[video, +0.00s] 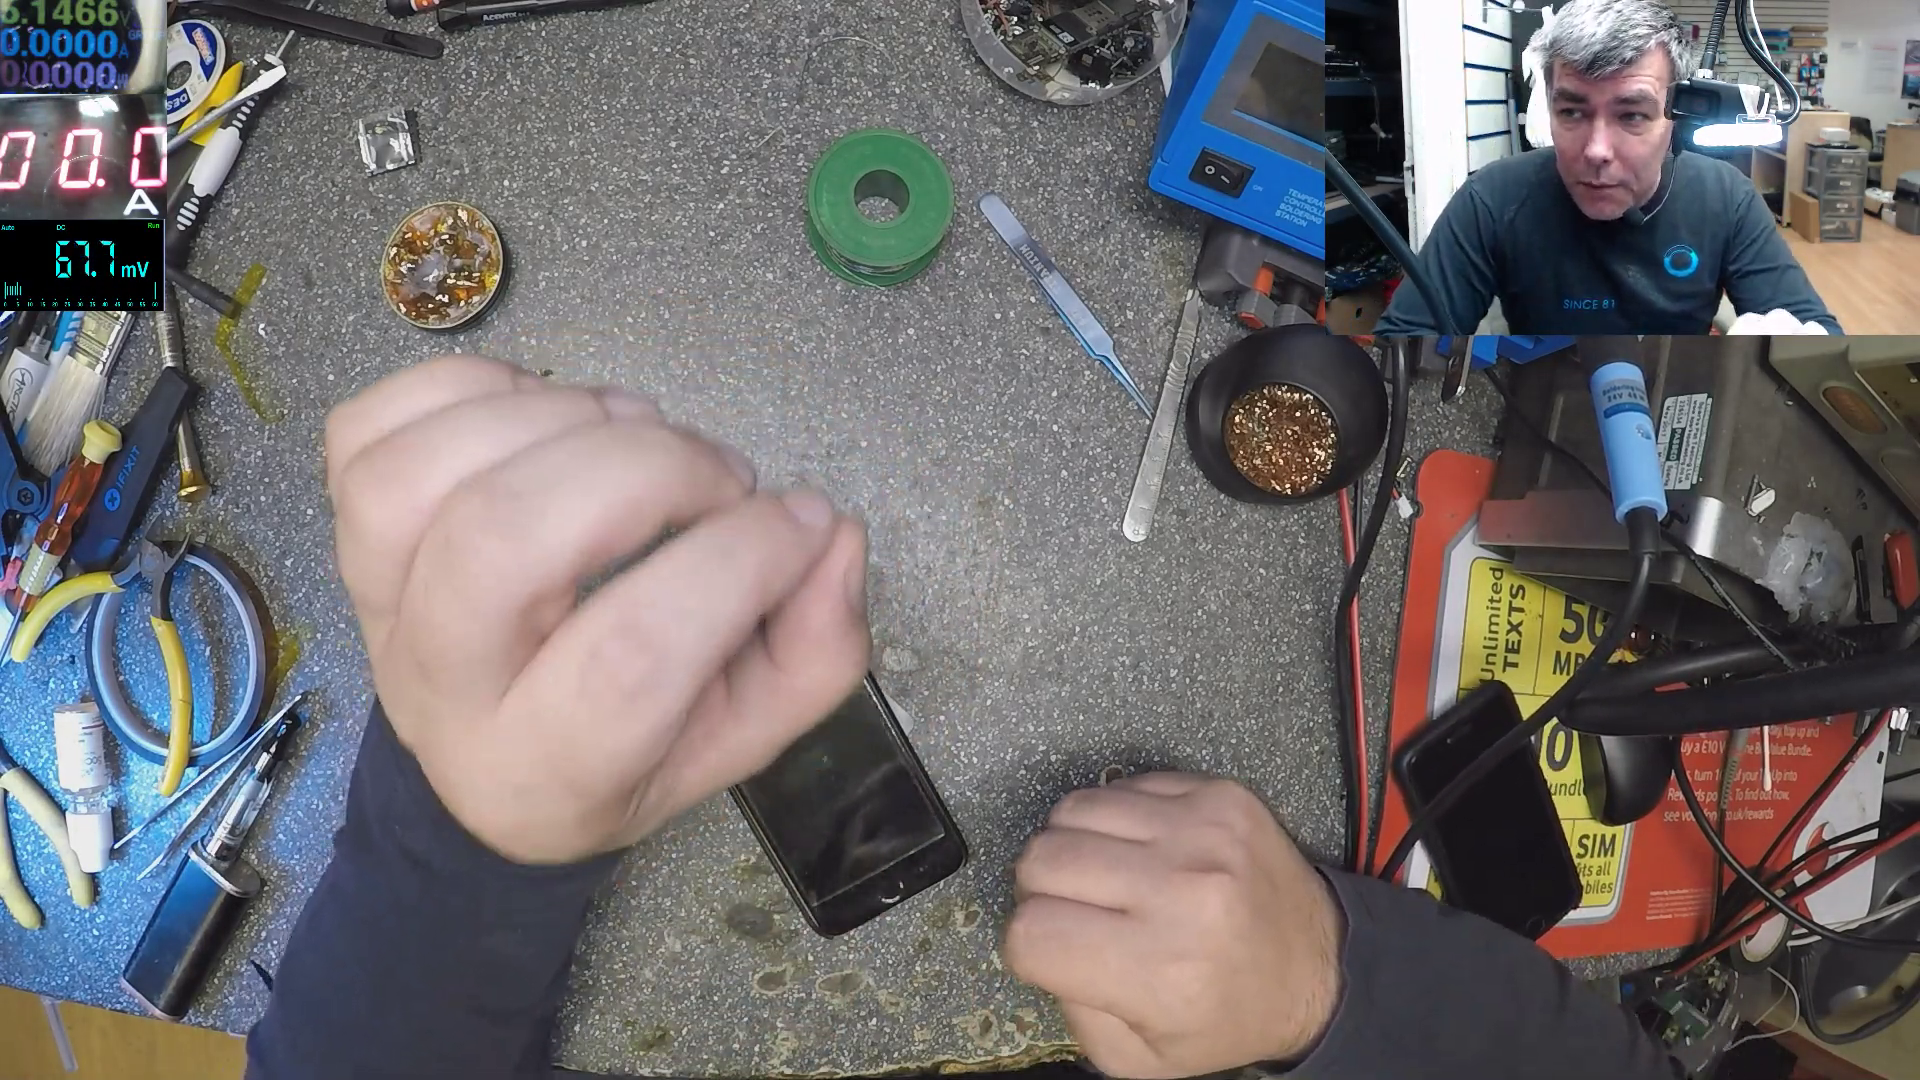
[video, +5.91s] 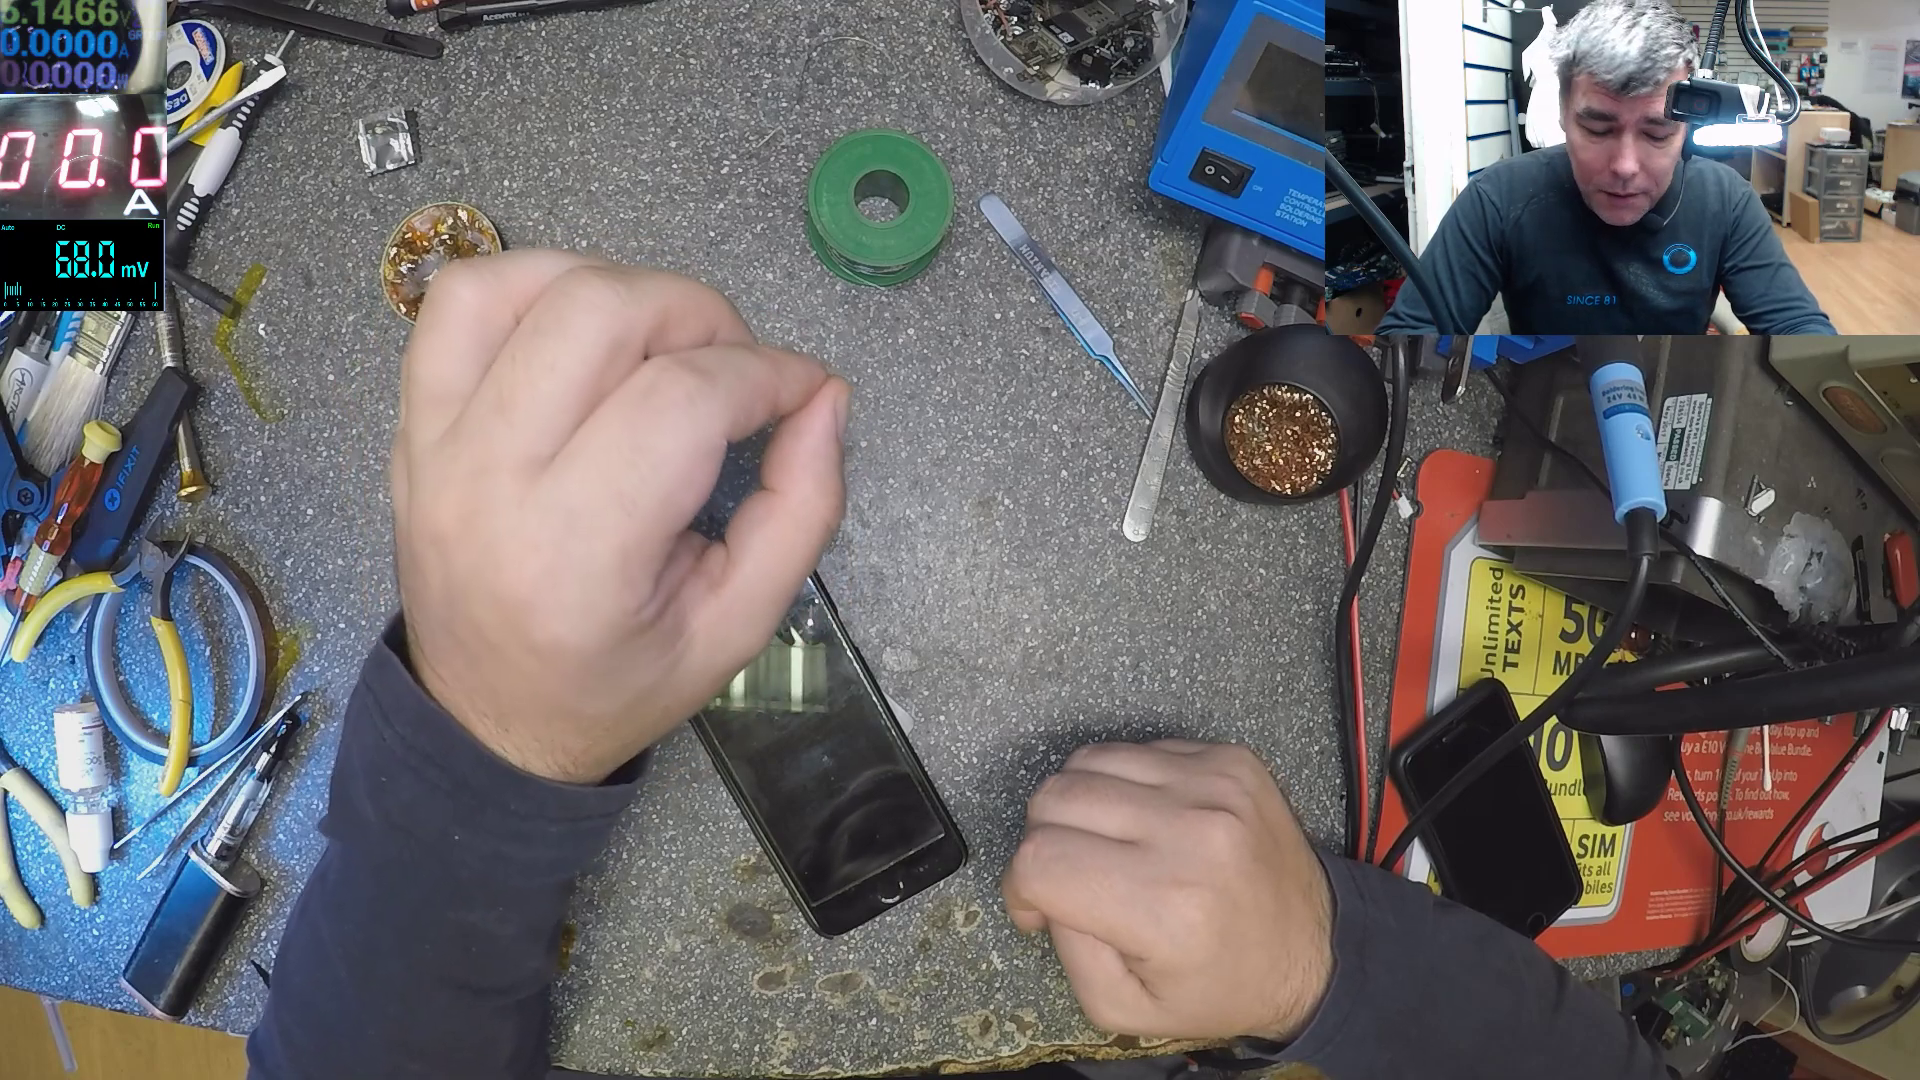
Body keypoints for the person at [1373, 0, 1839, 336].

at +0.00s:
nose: (1597, 153)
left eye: (1632, 116)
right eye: (1573, 112)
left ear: (1670, 115)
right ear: (1546, 107)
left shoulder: (1723, 199)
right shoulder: (1493, 203)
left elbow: (1817, 331)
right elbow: (1401, 342)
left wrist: (1788, 344)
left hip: (1683, 432)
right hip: (1542, 431)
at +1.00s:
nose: (1608, 151)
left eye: (1639, 117)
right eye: (1583, 114)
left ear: (1679, 114)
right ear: (1556, 105)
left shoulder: (1725, 202)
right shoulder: (1498, 203)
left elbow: (1804, 329)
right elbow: (1407, 334)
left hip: (1683, 420)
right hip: (1546, 421)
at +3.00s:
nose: (1598, 141)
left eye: (1631, 107)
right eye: (1574, 104)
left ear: (1668, 110)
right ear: (1549, 107)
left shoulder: (1722, 199)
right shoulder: (1496, 203)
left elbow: (1801, 327)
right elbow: (1408, 337)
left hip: (1683, 418)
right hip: (1545, 420)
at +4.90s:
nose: (1593, 149)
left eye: (1626, 115)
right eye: (1570, 110)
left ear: (1666, 116)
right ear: (1544, 110)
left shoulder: (1720, 199)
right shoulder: (1496, 203)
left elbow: (1802, 327)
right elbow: (1407, 336)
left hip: (1681, 421)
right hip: (1545, 424)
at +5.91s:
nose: (1625, 168)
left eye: (1656, 133)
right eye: (1598, 129)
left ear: (1687, 118)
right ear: (1563, 112)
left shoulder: (1724, 201)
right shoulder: (1499, 202)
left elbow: (1798, 328)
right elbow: (1408, 334)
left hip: (1682, 421)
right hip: (1545, 422)